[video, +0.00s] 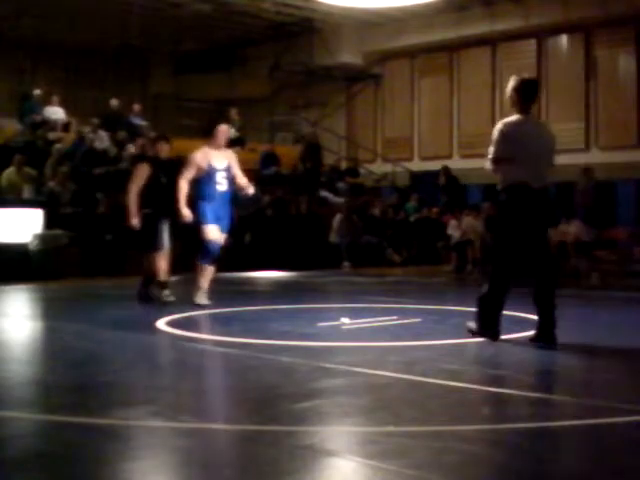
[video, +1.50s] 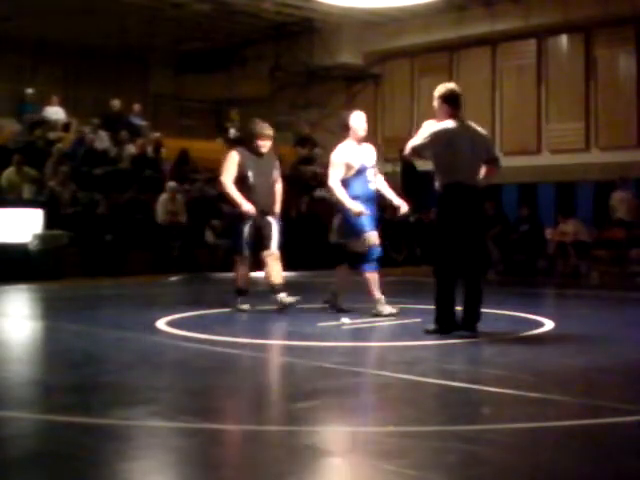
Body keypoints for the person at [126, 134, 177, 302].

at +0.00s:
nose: (164, 150)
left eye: (166, 146)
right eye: (160, 146)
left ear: (169, 149)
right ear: (154, 147)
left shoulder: (170, 166)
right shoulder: (146, 165)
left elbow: (177, 190)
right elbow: (134, 188)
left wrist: (181, 208)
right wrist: (134, 214)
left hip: (166, 213)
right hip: (151, 213)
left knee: (156, 250)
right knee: (161, 249)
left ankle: (147, 285)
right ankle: (162, 285)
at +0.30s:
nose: (188, 145)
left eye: (190, 140)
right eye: (184, 140)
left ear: (193, 143)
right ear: (176, 142)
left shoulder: (196, 162)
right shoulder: (168, 159)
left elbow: (202, 185)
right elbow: (161, 183)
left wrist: (204, 204)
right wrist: (175, 204)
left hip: (193, 211)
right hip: (173, 211)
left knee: (194, 249)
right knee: (172, 249)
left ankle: (193, 284)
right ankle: (168, 287)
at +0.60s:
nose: (218, 146)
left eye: (221, 142)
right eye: (215, 141)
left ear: (224, 145)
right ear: (207, 143)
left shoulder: (224, 165)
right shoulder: (197, 161)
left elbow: (229, 190)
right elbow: (188, 185)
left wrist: (229, 212)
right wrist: (195, 209)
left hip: (221, 214)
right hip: (202, 214)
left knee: (222, 253)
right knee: (198, 252)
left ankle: (224, 293)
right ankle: (179, 282)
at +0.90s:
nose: (235, 142)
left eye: (238, 138)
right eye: (231, 138)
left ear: (242, 141)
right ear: (223, 141)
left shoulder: (246, 164)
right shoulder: (214, 160)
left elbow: (257, 184)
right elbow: (197, 182)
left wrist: (269, 203)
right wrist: (198, 210)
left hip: (241, 211)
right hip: (221, 210)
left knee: (234, 250)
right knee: (228, 249)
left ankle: (229, 284)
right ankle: (229, 287)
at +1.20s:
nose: (246, 142)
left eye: (249, 138)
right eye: (241, 138)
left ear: (253, 141)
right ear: (234, 140)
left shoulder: (258, 163)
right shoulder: (223, 162)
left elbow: (267, 185)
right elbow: (214, 188)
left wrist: (271, 208)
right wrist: (215, 216)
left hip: (256, 212)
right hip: (235, 212)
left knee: (260, 252)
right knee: (241, 253)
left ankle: (243, 276)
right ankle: (241, 291)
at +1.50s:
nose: (265, 143)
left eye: (268, 139)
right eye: (261, 139)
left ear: (272, 140)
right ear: (252, 140)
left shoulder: (272, 159)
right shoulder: (237, 156)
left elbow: (277, 183)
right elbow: (226, 180)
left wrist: (276, 208)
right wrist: (243, 203)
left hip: (267, 212)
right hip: (246, 213)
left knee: (272, 253)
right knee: (244, 256)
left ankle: (279, 289)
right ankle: (241, 292)